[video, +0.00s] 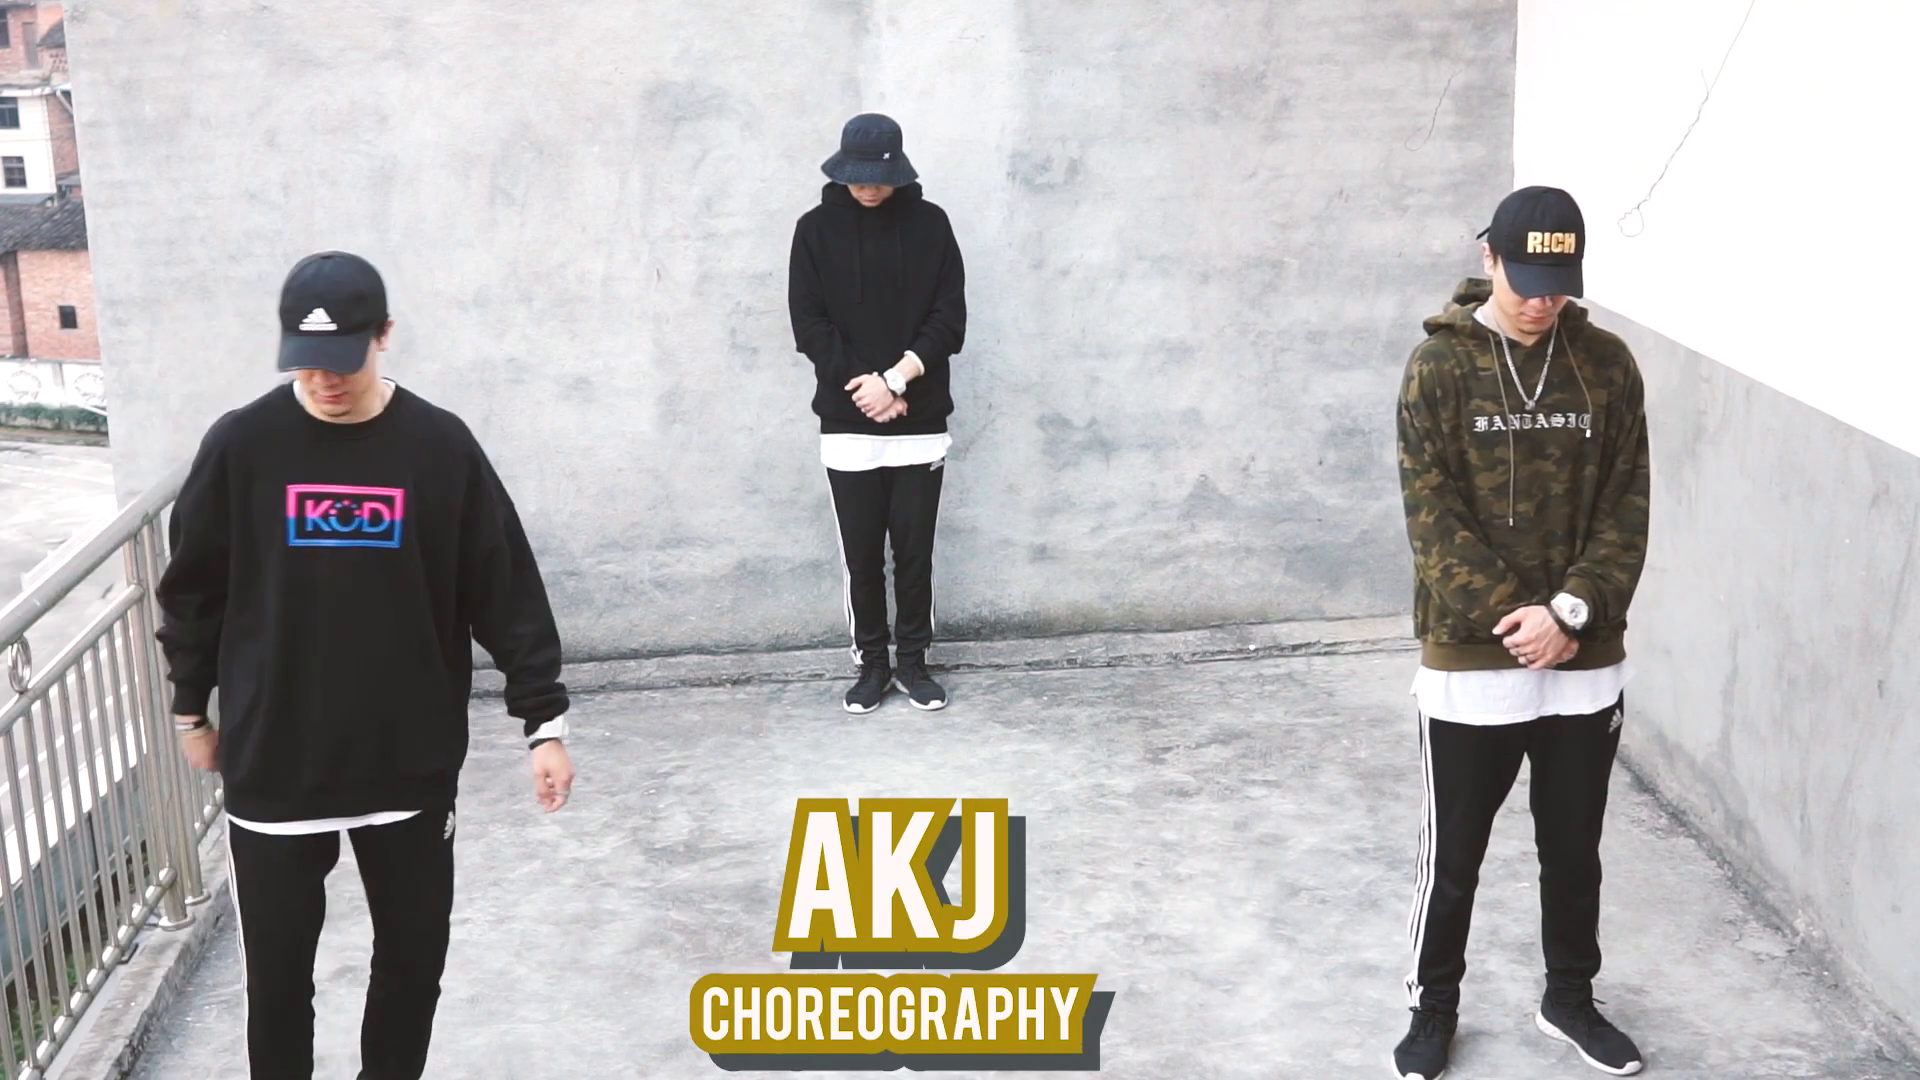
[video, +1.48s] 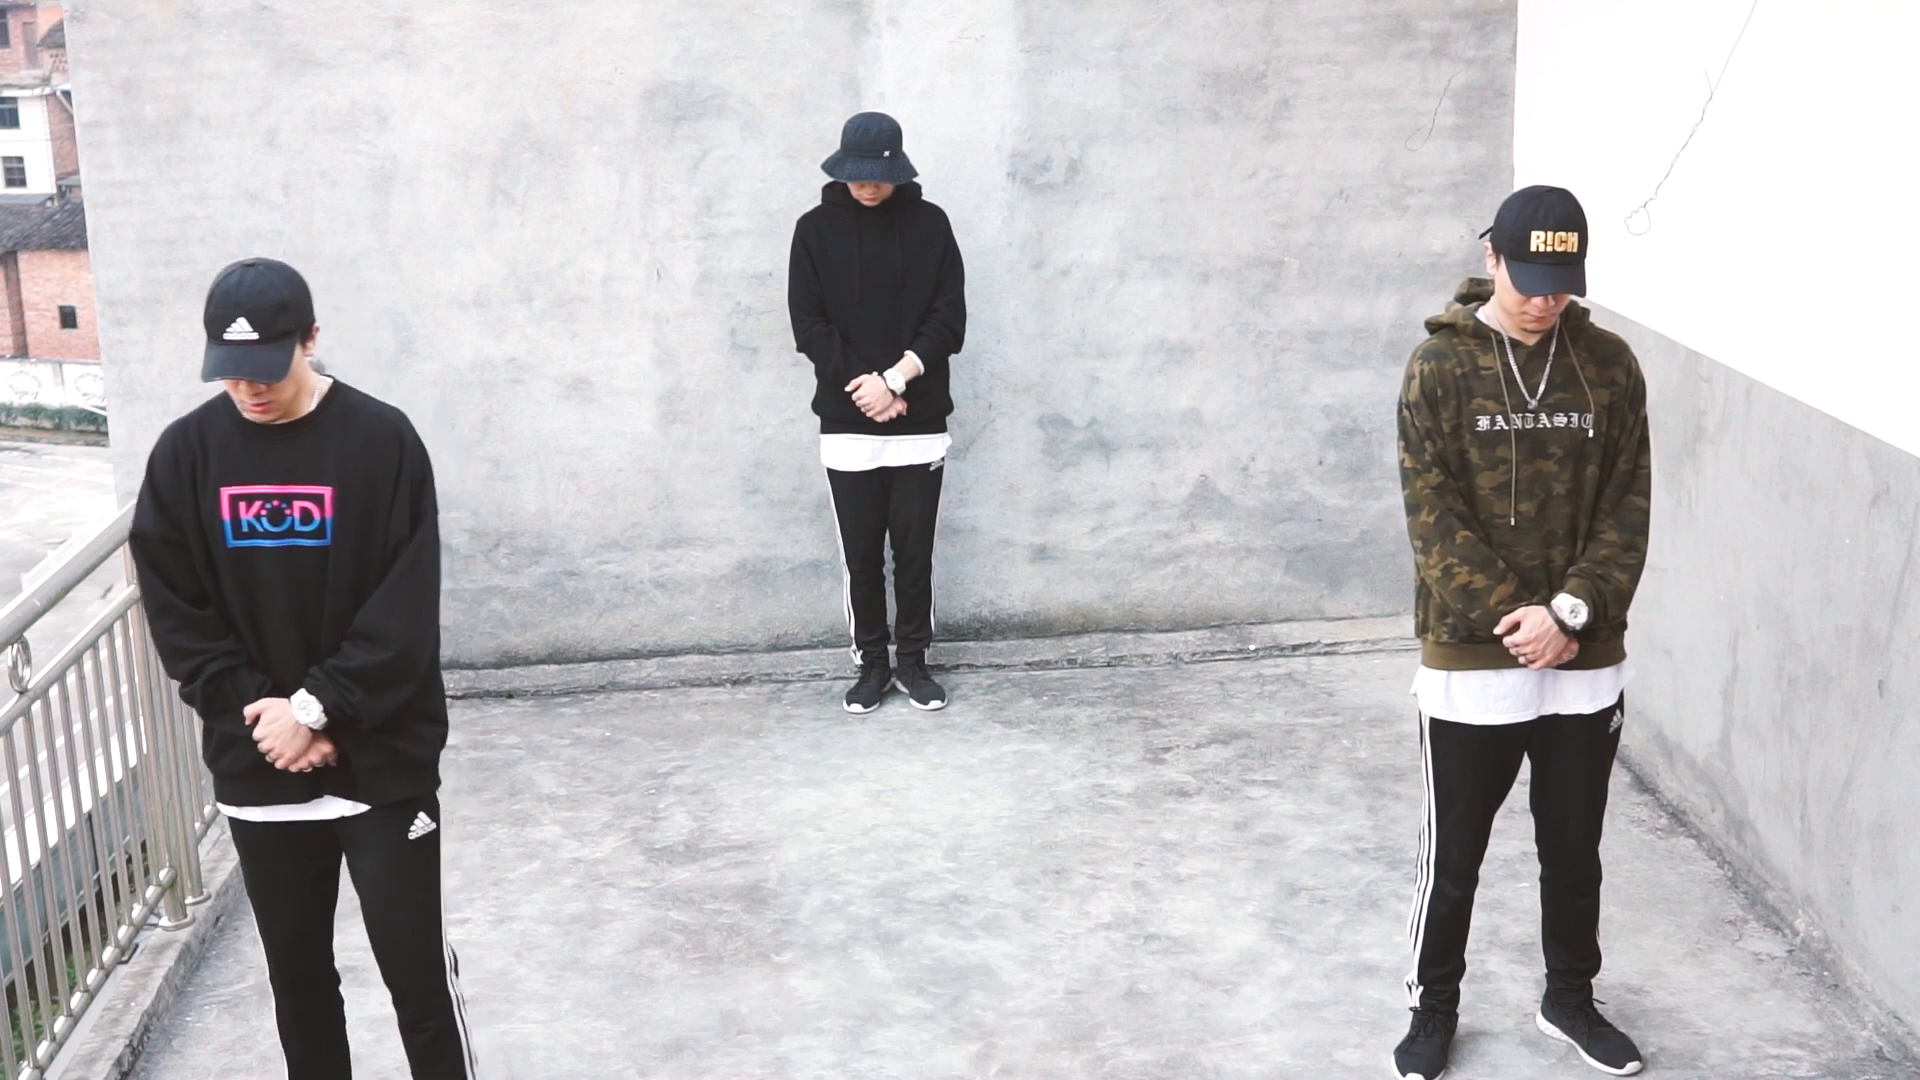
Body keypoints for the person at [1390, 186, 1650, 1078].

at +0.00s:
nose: (1546, 301)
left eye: (1561, 284)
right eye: (1530, 282)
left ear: (1581, 271)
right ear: (1491, 259)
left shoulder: (1609, 364)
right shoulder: (1440, 363)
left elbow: (1628, 507)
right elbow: (1432, 514)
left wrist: (1575, 612)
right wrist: (1519, 620)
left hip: (1584, 661)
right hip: (1470, 663)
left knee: (1575, 851)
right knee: (1453, 854)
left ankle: (1571, 998)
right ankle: (1433, 1006)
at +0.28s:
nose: (1545, 301)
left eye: (1561, 285)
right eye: (1529, 282)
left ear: (1581, 272)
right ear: (1491, 259)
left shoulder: (1609, 364)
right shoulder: (1440, 363)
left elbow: (1628, 508)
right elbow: (1432, 514)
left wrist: (1575, 613)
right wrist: (1519, 620)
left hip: (1583, 660)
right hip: (1470, 663)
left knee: (1575, 850)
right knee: (1453, 853)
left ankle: (1571, 998)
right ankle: (1433, 1006)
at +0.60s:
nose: (1547, 300)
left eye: (1562, 284)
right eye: (1531, 282)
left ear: (1582, 271)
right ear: (1491, 259)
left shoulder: (1609, 364)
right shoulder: (1440, 364)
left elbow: (1628, 508)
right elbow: (1431, 515)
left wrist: (1574, 613)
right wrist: (1518, 620)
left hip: (1583, 660)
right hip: (1470, 662)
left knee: (1575, 851)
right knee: (1453, 853)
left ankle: (1571, 998)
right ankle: (1433, 1005)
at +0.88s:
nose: (1547, 300)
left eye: (1562, 284)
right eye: (1530, 282)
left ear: (1581, 271)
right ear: (1491, 259)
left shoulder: (1609, 364)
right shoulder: (1440, 363)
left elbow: (1627, 508)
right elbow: (1431, 515)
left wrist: (1574, 613)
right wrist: (1518, 620)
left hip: (1583, 661)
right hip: (1470, 663)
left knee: (1574, 850)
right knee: (1453, 853)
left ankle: (1571, 998)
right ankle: (1433, 1005)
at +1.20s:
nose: (1547, 300)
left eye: (1562, 284)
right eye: (1531, 281)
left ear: (1582, 271)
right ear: (1491, 259)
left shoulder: (1610, 364)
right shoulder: (1440, 363)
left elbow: (1628, 508)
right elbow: (1431, 514)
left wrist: (1574, 613)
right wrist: (1519, 621)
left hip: (1583, 661)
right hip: (1469, 663)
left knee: (1574, 850)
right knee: (1452, 853)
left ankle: (1571, 998)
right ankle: (1433, 1006)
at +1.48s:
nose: (1548, 300)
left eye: (1564, 284)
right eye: (1532, 282)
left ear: (1583, 271)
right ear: (1493, 259)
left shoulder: (1611, 365)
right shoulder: (1441, 362)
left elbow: (1629, 509)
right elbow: (1432, 514)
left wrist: (1576, 614)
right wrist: (1520, 621)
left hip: (1584, 661)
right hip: (1469, 663)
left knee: (1574, 851)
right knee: (1453, 856)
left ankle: (1570, 998)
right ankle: (1432, 1007)